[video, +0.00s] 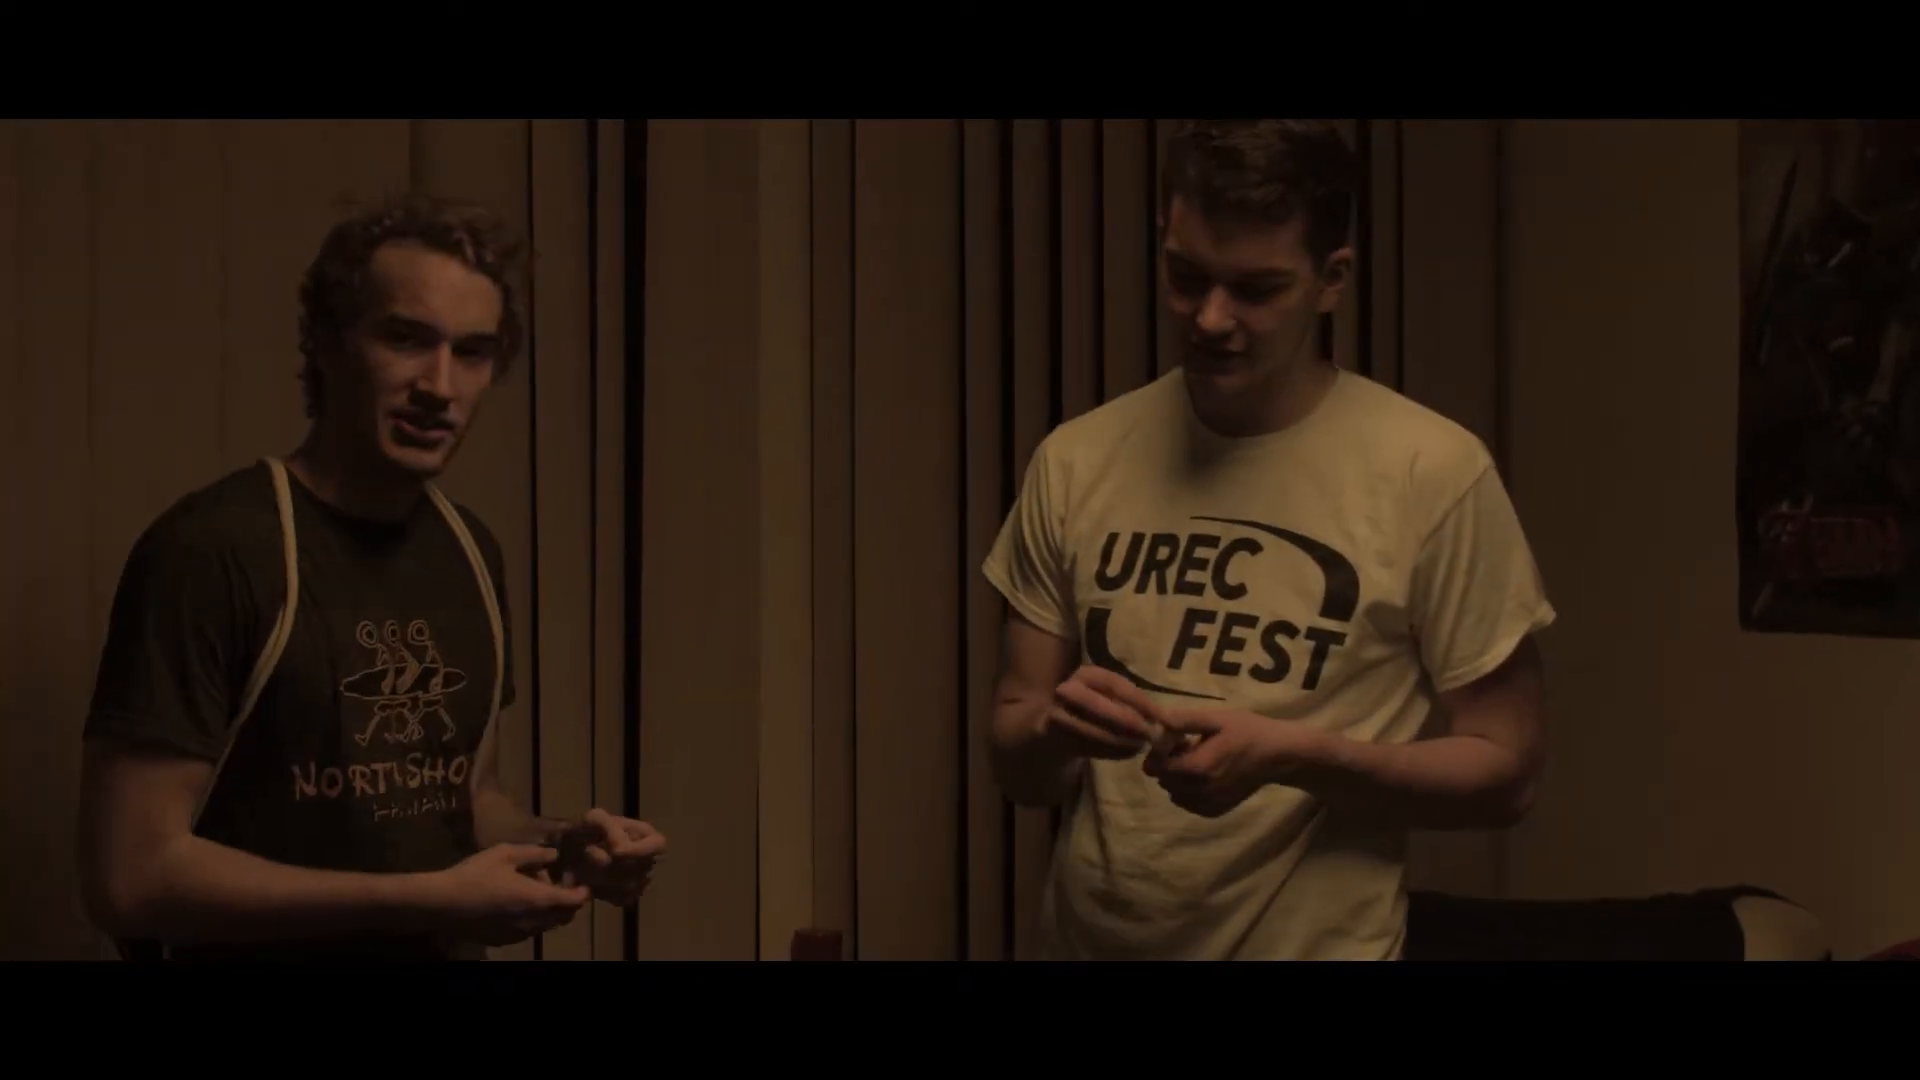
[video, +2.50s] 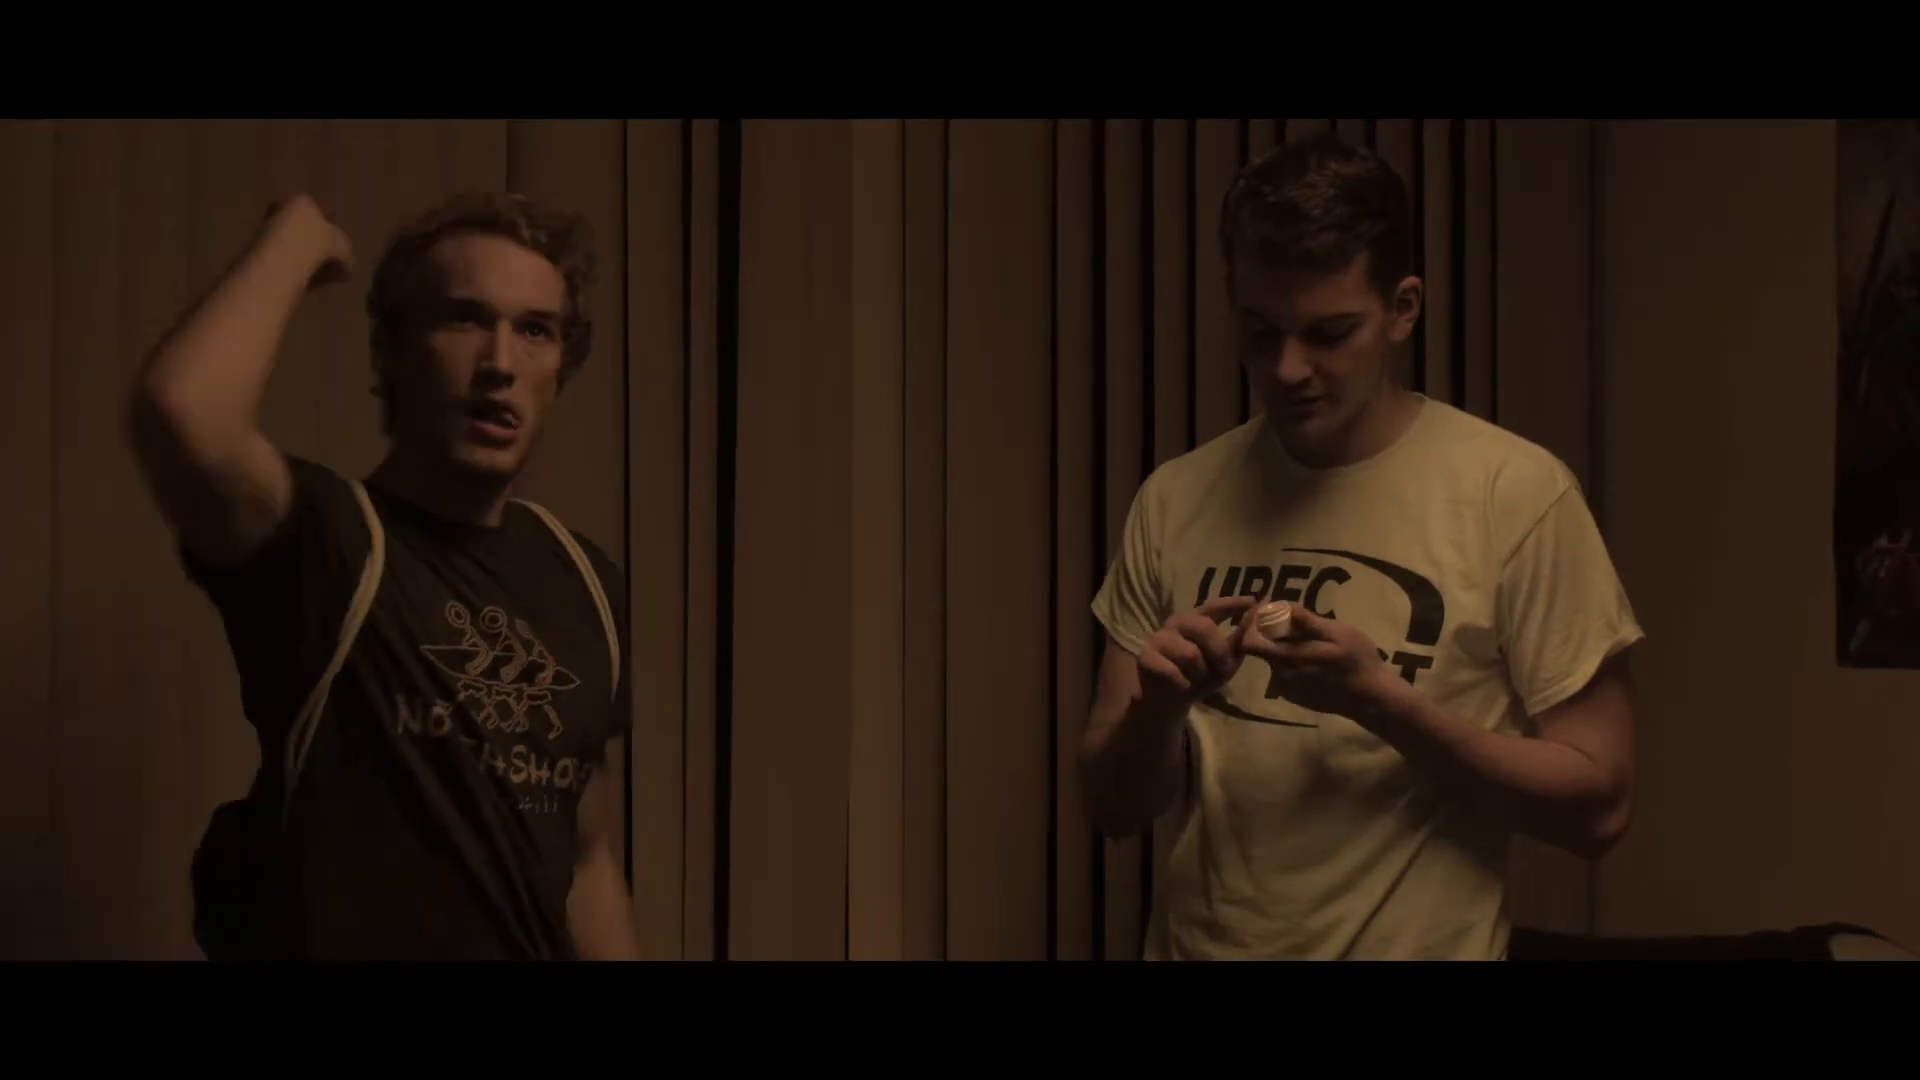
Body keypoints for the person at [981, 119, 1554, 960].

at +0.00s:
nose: (1212, 320)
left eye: (1256, 287)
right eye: (1188, 279)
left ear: (1332, 280)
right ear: (1162, 253)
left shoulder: (1434, 477)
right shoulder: (1075, 464)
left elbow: (1505, 769)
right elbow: (1016, 763)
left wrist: (1283, 749)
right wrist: (1060, 727)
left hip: (1311, 945)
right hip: (1088, 941)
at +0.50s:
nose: (1291, 320)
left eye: (1334, 288)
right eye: (1268, 280)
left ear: (1416, 274)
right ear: (1246, 261)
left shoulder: (1527, 463)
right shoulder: (1178, 453)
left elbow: (1605, 758)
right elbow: (1133, 755)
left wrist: (1377, 735)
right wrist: (1152, 709)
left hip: (1418, 943)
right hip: (1194, 941)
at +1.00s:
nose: (1292, 334)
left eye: (1334, 300)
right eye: (1269, 296)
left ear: (1416, 280)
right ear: (1246, 277)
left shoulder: (1530, 469)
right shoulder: (1183, 459)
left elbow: (1606, 771)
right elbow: (1119, 740)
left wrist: (1360, 714)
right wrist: (1196, 718)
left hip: (1419, 943)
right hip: (1192, 939)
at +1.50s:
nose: (1301, 376)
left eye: (1340, 338)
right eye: (1273, 338)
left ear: (1415, 305)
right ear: (1245, 312)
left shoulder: (1532, 494)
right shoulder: (1189, 490)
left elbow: (1606, 803)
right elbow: (1136, 786)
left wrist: (1385, 707)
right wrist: (1192, 714)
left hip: (1426, 946)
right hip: (1204, 943)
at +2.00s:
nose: (1304, 385)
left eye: (1341, 343)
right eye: (1270, 347)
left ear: (1408, 312)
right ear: (1239, 325)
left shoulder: (1519, 505)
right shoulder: (1182, 506)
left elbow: (1603, 814)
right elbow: (1140, 811)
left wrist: (1383, 715)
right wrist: (1184, 731)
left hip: (1421, 946)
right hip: (1203, 946)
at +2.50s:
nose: (1290, 371)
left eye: (1330, 334)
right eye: (1262, 333)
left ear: (1404, 309)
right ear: (1237, 311)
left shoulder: (1516, 497)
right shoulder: (1173, 501)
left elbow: (1597, 807)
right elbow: (1111, 811)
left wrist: (1385, 700)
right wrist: (1156, 710)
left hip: (1421, 946)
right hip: (1199, 944)